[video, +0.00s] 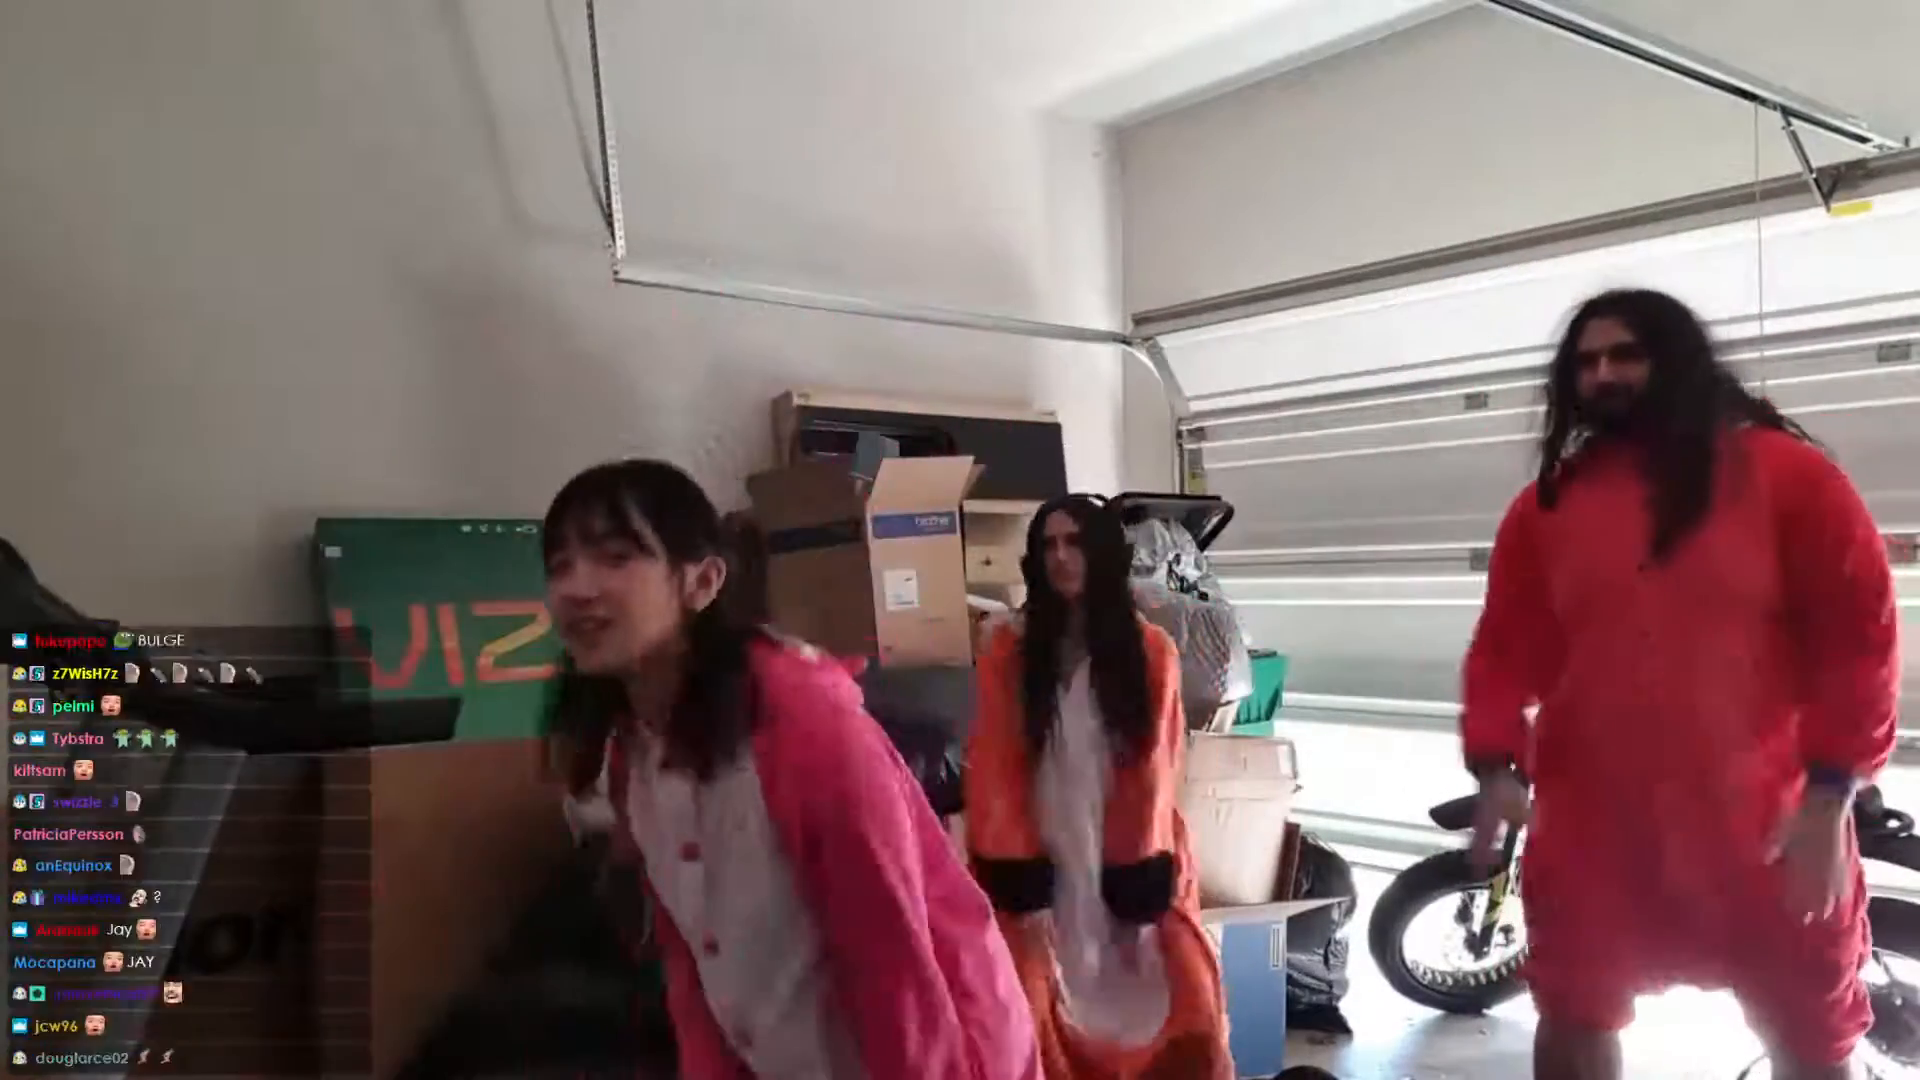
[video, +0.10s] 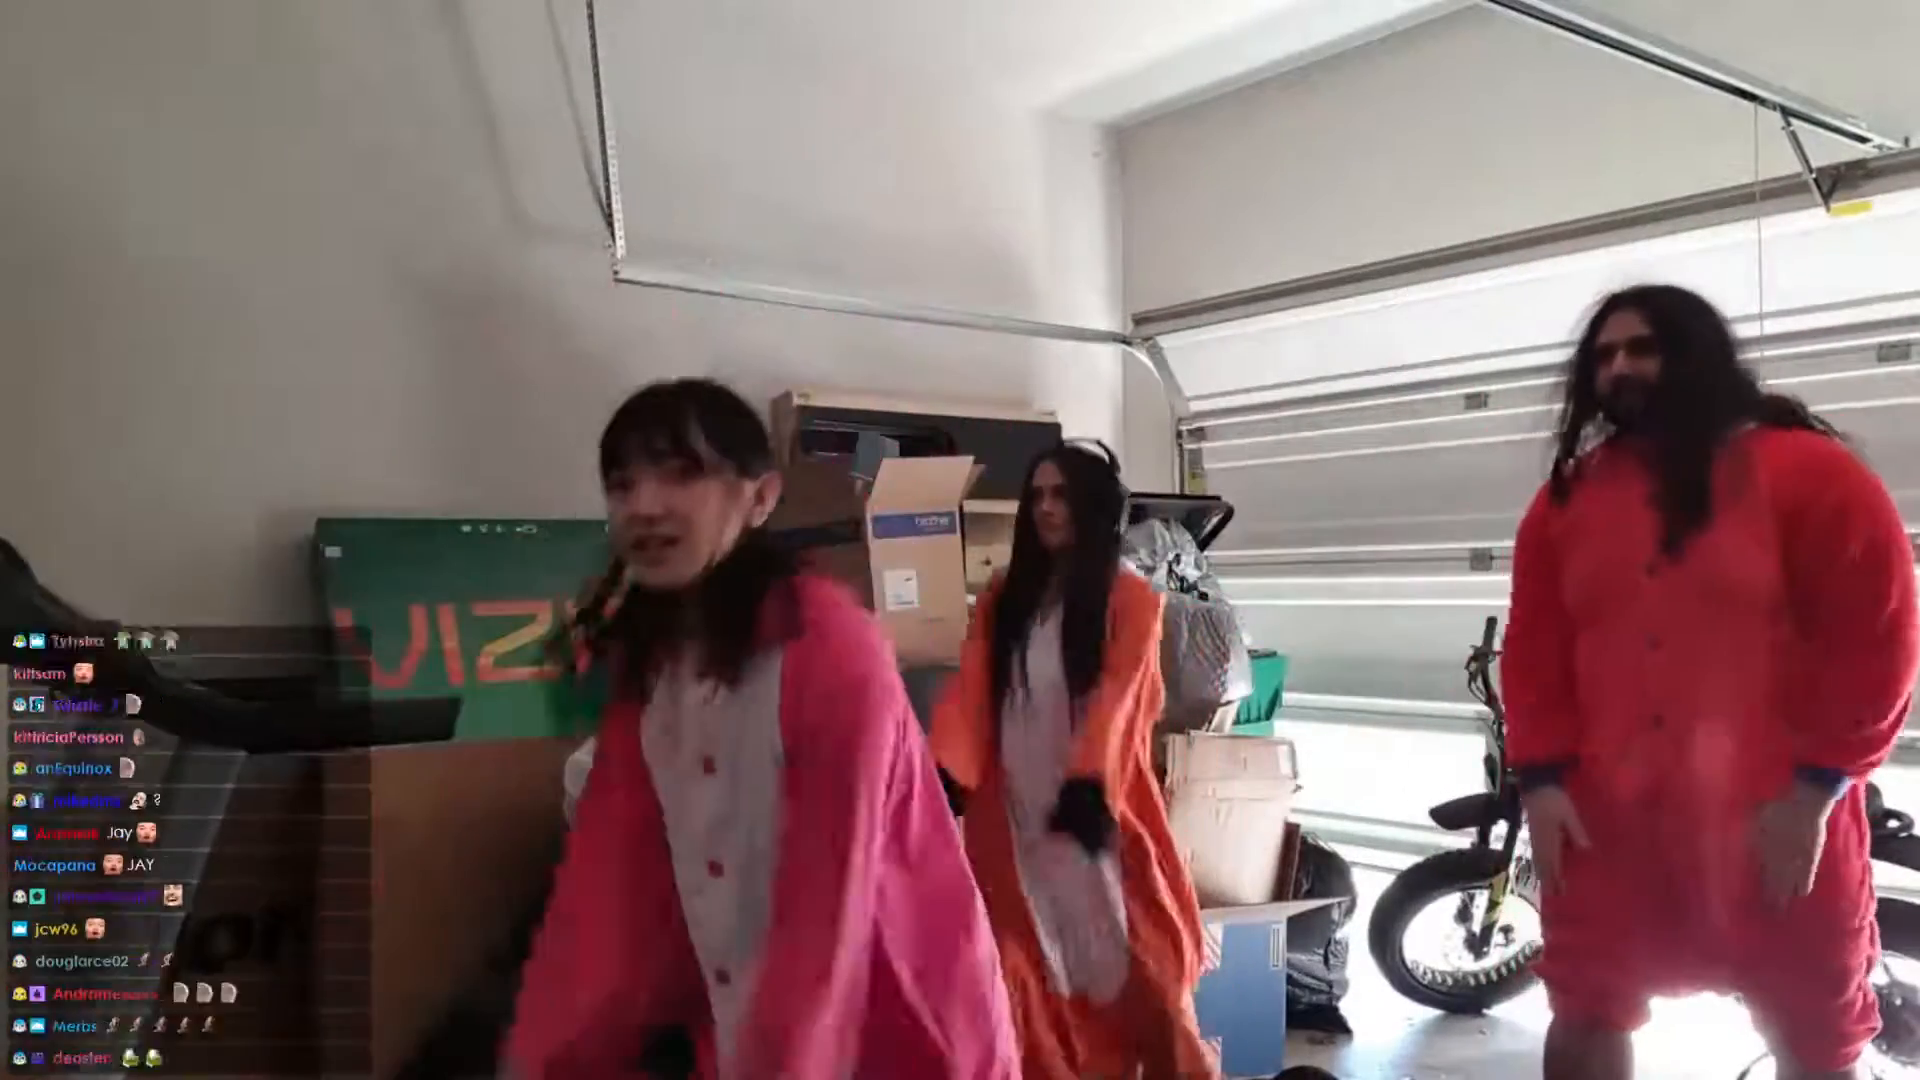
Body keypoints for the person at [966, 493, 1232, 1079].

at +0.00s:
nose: (1061, 557)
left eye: (1075, 543)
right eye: (1049, 545)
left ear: (1105, 551)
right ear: (1036, 558)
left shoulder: (1149, 649)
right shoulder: (1008, 650)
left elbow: (1155, 764)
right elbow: (993, 761)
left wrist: (1141, 885)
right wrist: (1011, 868)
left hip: (1126, 861)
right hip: (1042, 861)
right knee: (1032, 1001)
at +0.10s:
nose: (1045, 508)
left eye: (1060, 495)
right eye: (1037, 496)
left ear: (1093, 505)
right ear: (1025, 507)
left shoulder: (1129, 597)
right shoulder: (1001, 596)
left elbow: (1120, 695)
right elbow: (970, 693)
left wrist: (1090, 783)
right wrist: (949, 782)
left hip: (1096, 811)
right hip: (1007, 811)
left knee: (1133, 966)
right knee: (1014, 967)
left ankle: (1172, 1065)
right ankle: (1035, 1068)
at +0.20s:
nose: (1039, 481)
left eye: (1054, 467)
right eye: (1030, 469)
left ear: (1091, 474)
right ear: (1019, 478)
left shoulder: (1126, 553)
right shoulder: (999, 554)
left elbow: (1087, 607)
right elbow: (900, 574)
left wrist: (1013, 554)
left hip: (1097, 769)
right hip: (1004, 769)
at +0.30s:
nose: (1048, 493)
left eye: (1063, 479)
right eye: (1037, 478)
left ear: (1095, 484)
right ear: (1018, 482)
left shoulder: (1117, 559)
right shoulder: (986, 550)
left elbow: (1075, 489)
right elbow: (898, 499)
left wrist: (1027, 401)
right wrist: (849, 422)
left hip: (1102, 803)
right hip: (1004, 805)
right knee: (973, 968)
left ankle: (1178, 1057)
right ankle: (967, 1057)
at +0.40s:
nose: (998, 530)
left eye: (1013, 517)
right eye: (997, 518)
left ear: (1053, 529)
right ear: (992, 528)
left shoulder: (1089, 613)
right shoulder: (992, 607)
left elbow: (1098, 519)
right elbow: (961, 495)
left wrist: (1086, 395)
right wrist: (979, 389)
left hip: (1093, 860)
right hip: (1000, 861)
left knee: (1150, 1031)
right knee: (948, 1025)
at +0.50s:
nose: (993, 550)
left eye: (1008, 534)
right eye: (992, 536)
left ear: (1051, 541)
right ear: (989, 548)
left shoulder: (1090, 635)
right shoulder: (992, 630)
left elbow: (1092, 523)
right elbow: (946, 524)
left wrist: (1064, 394)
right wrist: (941, 417)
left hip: (1085, 881)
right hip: (995, 886)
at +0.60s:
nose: (1003, 534)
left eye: (1015, 518)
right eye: (999, 522)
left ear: (1055, 523)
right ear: (997, 534)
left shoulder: (1107, 613)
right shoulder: (997, 607)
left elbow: (1063, 521)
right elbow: (898, 546)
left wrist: (977, 433)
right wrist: (789, 480)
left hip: (1106, 859)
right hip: (1008, 861)